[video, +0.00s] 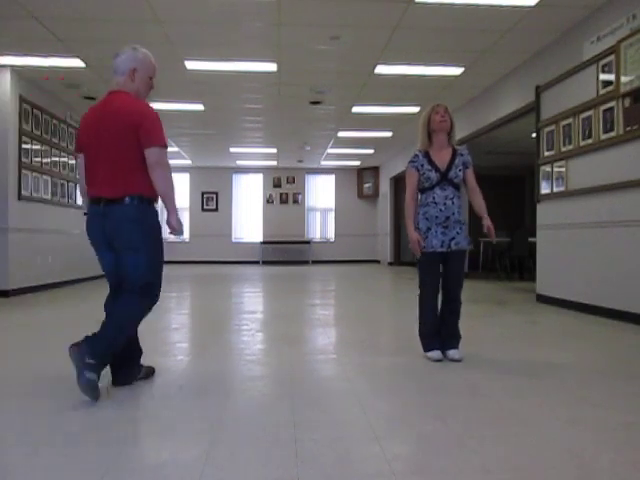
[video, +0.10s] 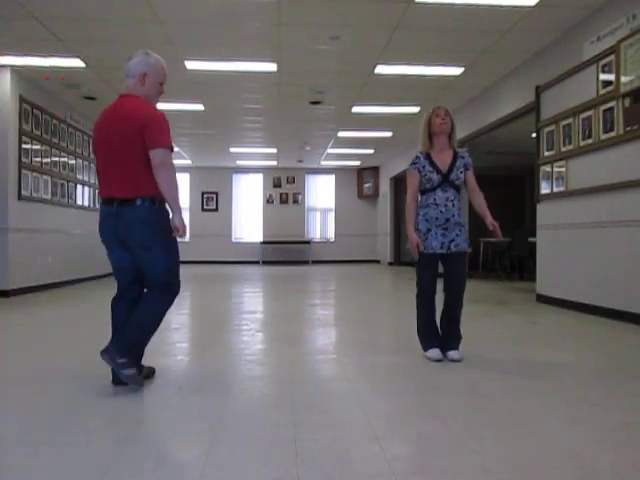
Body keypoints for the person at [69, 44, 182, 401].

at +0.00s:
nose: (151, 89)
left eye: (153, 82)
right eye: (150, 81)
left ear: (119, 75)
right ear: (134, 75)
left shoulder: (90, 115)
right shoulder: (142, 113)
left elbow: (85, 171)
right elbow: (157, 164)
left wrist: (92, 207)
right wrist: (172, 209)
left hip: (98, 214)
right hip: (134, 213)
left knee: (120, 289)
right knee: (144, 291)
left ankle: (126, 368)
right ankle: (92, 353)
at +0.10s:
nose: (161, 94)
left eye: (162, 87)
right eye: (160, 86)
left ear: (131, 80)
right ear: (143, 79)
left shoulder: (105, 117)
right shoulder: (149, 116)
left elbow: (106, 168)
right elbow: (162, 165)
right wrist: (177, 213)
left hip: (111, 213)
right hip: (145, 212)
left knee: (128, 286)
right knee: (165, 285)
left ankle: (125, 366)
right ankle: (123, 352)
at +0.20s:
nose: (171, 96)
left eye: (172, 89)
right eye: (169, 88)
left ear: (143, 83)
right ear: (153, 82)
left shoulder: (119, 118)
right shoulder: (157, 117)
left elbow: (118, 169)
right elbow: (165, 166)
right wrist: (183, 211)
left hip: (122, 213)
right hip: (154, 213)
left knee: (135, 285)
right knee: (181, 282)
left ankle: (125, 367)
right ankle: (160, 354)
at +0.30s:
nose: (186, 94)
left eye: (186, 87)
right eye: (183, 87)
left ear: (158, 86)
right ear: (165, 85)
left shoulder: (131, 121)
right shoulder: (168, 119)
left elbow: (132, 169)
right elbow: (173, 168)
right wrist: (190, 211)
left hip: (133, 214)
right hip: (165, 212)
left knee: (141, 289)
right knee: (193, 281)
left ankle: (127, 365)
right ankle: (193, 352)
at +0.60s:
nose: (222, 107)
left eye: (223, 101)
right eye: (219, 101)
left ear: (198, 100)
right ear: (203, 99)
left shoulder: (177, 133)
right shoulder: (208, 133)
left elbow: (178, 179)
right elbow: (212, 178)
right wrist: (224, 222)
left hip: (178, 220)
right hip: (206, 220)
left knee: (176, 287)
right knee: (225, 289)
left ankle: (136, 348)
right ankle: (235, 351)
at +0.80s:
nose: (246, 103)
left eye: (245, 98)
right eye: (242, 97)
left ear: (221, 101)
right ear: (225, 100)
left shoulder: (205, 133)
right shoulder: (229, 133)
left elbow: (206, 182)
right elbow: (239, 181)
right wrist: (265, 213)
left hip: (209, 219)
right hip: (233, 219)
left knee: (219, 280)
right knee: (242, 286)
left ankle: (176, 330)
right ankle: (236, 350)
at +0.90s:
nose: (253, 101)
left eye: (252, 96)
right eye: (248, 96)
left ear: (229, 101)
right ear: (231, 100)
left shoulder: (218, 132)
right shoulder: (234, 132)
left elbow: (227, 179)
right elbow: (242, 177)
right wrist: (273, 202)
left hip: (223, 216)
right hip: (239, 217)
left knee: (237, 280)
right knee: (245, 286)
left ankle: (210, 335)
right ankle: (237, 350)